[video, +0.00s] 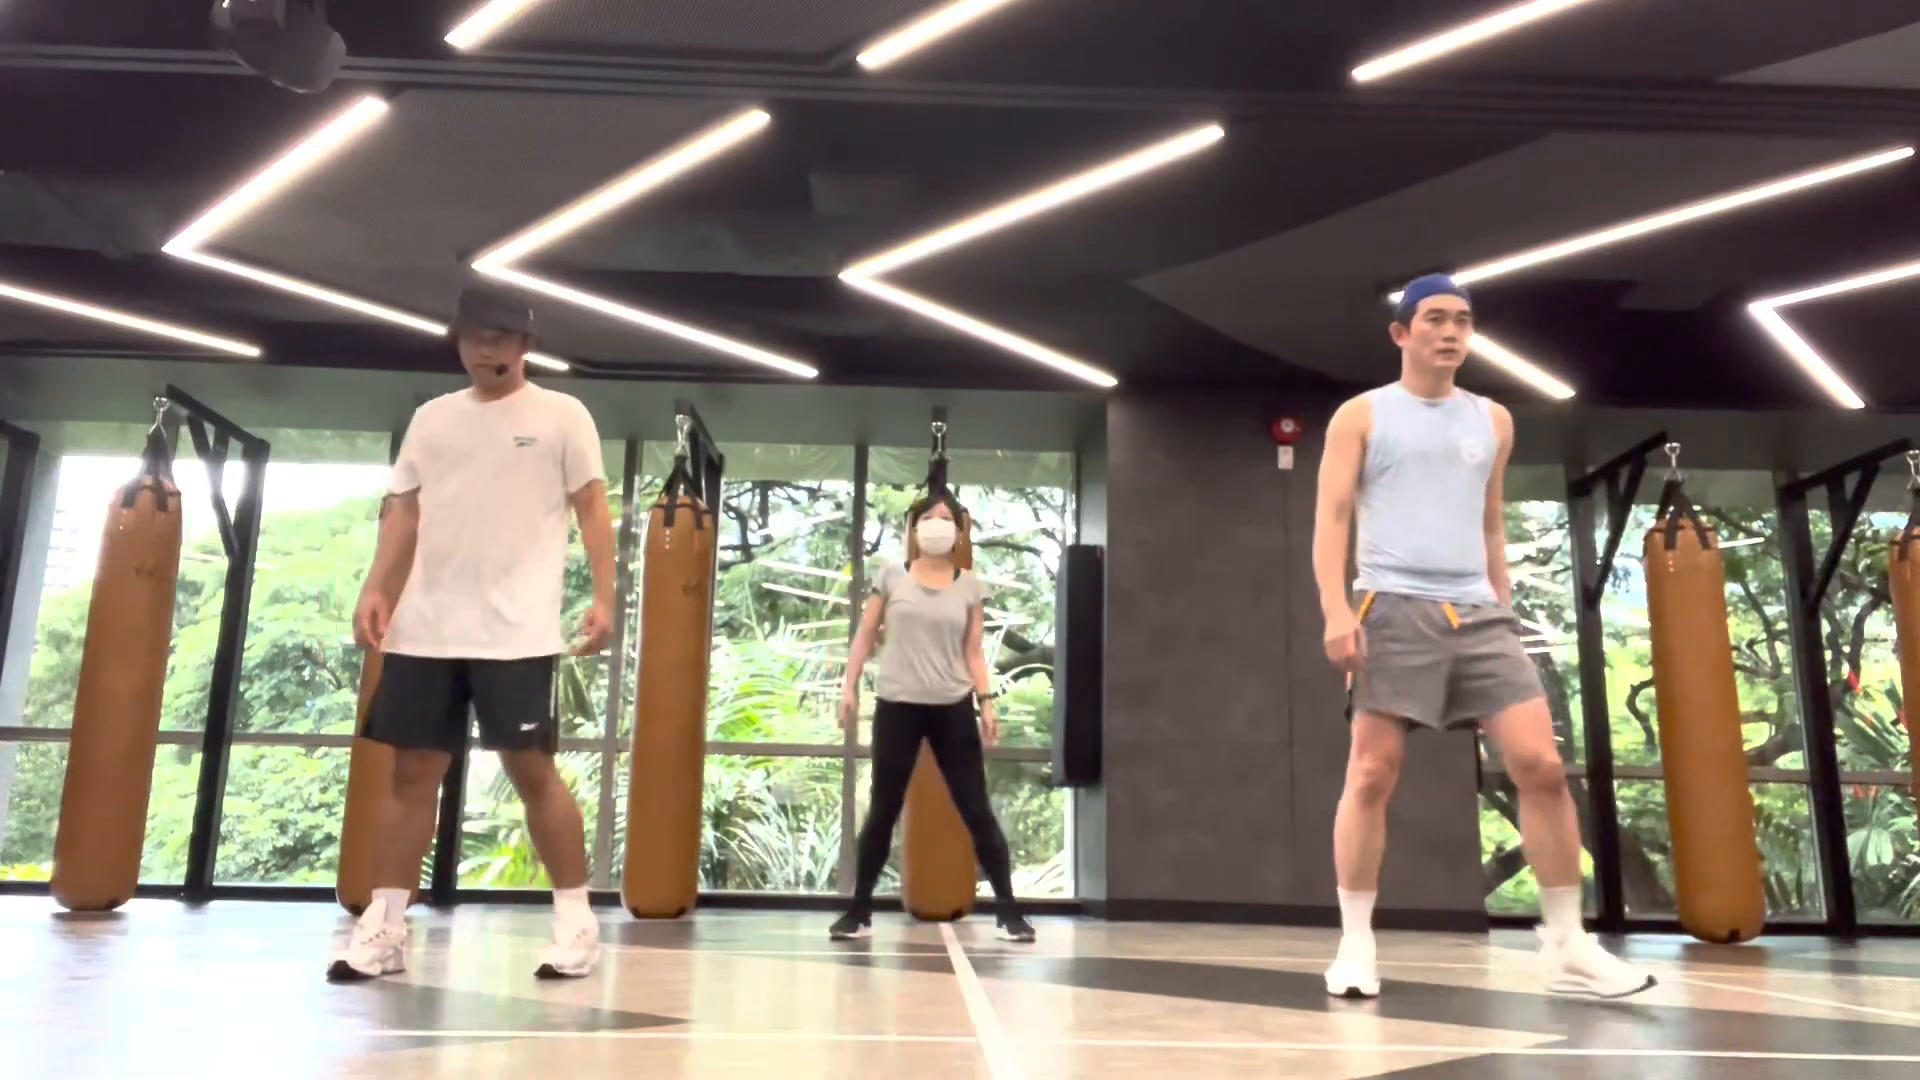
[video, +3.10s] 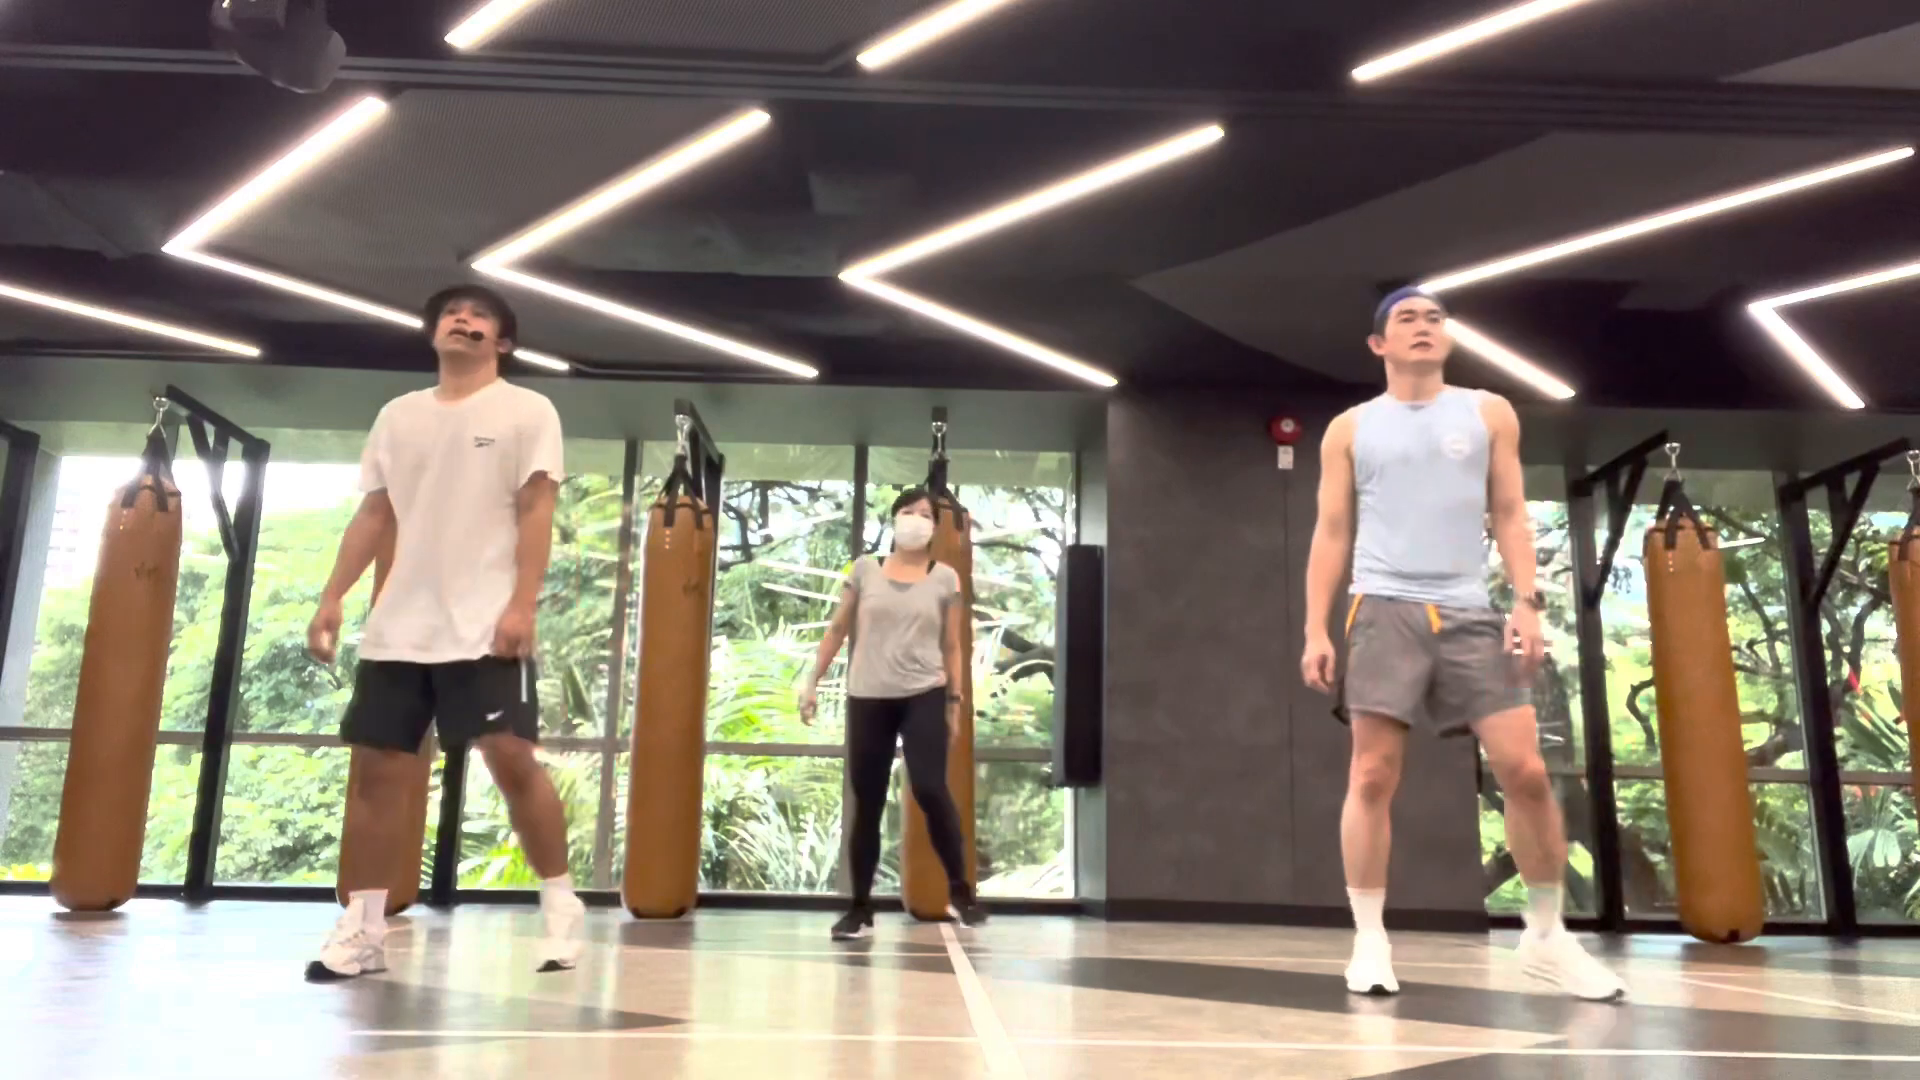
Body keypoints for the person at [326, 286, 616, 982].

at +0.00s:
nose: (491, 350)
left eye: (504, 336)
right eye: (478, 337)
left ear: (527, 342)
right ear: (458, 342)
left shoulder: (563, 416)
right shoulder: (429, 421)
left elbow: (592, 510)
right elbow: (401, 514)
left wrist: (603, 596)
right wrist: (377, 588)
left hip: (516, 631)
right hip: (424, 629)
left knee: (533, 772)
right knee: (411, 772)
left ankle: (576, 925)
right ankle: (385, 931)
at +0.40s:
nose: (584, 325)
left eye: (598, 320)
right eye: (572, 316)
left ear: (618, 343)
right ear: (549, 337)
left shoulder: (643, 423)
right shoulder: (509, 410)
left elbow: (657, 521)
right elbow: (485, 507)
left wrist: (651, 611)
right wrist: (454, 588)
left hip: (590, 624)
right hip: (501, 615)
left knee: (581, 772)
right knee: (462, 746)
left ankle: (579, 927)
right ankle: (468, 904)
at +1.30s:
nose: (474, 324)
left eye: (490, 319)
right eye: (462, 318)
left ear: (516, 345)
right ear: (444, 341)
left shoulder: (544, 407)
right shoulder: (415, 419)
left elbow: (558, 502)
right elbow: (392, 522)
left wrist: (555, 593)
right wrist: (353, 603)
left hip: (507, 616)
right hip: (423, 617)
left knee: (505, 748)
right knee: (413, 770)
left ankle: (534, 908)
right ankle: (404, 929)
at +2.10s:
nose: (565, 330)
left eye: (580, 326)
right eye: (551, 324)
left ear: (599, 352)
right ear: (530, 346)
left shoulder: (627, 415)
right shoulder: (501, 425)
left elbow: (644, 506)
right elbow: (483, 527)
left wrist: (627, 587)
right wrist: (444, 607)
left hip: (583, 627)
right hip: (497, 624)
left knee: (587, 773)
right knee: (443, 762)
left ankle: (600, 932)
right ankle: (417, 922)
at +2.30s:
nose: (593, 323)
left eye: (607, 319)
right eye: (581, 315)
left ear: (626, 348)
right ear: (558, 341)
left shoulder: (647, 412)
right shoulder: (525, 416)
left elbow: (670, 501)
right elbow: (506, 517)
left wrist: (666, 589)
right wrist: (475, 597)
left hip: (603, 617)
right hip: (517, 615)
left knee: (594, 764)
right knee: (471, 740)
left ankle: (601, 927)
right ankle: (514, 894)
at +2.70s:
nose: (575, 323)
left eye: (591, 317)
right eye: (563, 316)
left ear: (610, 344)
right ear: (542, 339)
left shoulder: (629, 416)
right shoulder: (507, 413)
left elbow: (645, 508)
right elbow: (485, 511)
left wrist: (633, 598)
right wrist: (443, 584)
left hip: (576, 622)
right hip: (490, 615)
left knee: (585, 770)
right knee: (427, 736)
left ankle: (600, 926)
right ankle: (437, 901)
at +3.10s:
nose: (466, 321)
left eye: (482, 316)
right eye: (454, 312)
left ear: (504, 343)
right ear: (432, 333)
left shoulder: (527, 410)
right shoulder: (397, 414)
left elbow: (537, 509)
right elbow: (373, 514)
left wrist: (523, 603)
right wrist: (332, 594)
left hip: (485, 626)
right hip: (398, 626)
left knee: (513, 759)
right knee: (373, 768)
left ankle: (560, 909)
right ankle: (363, 930)